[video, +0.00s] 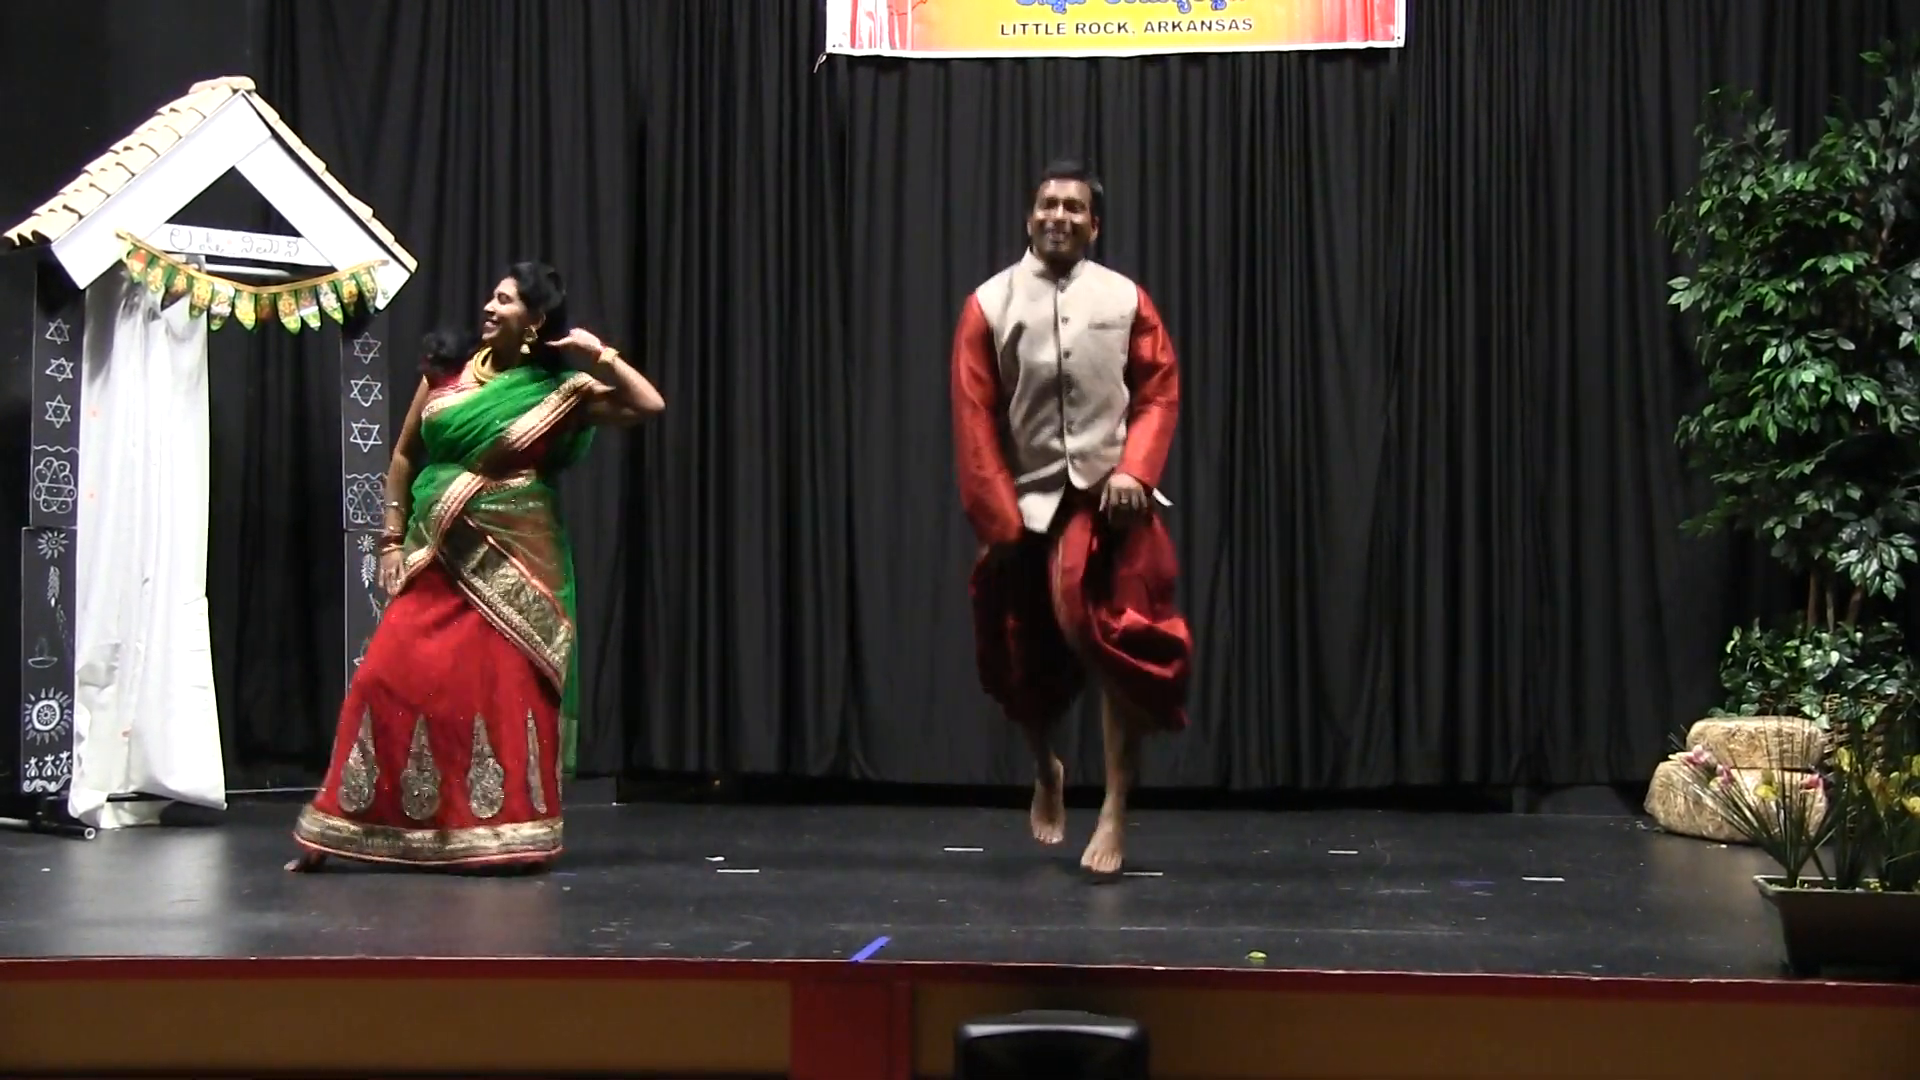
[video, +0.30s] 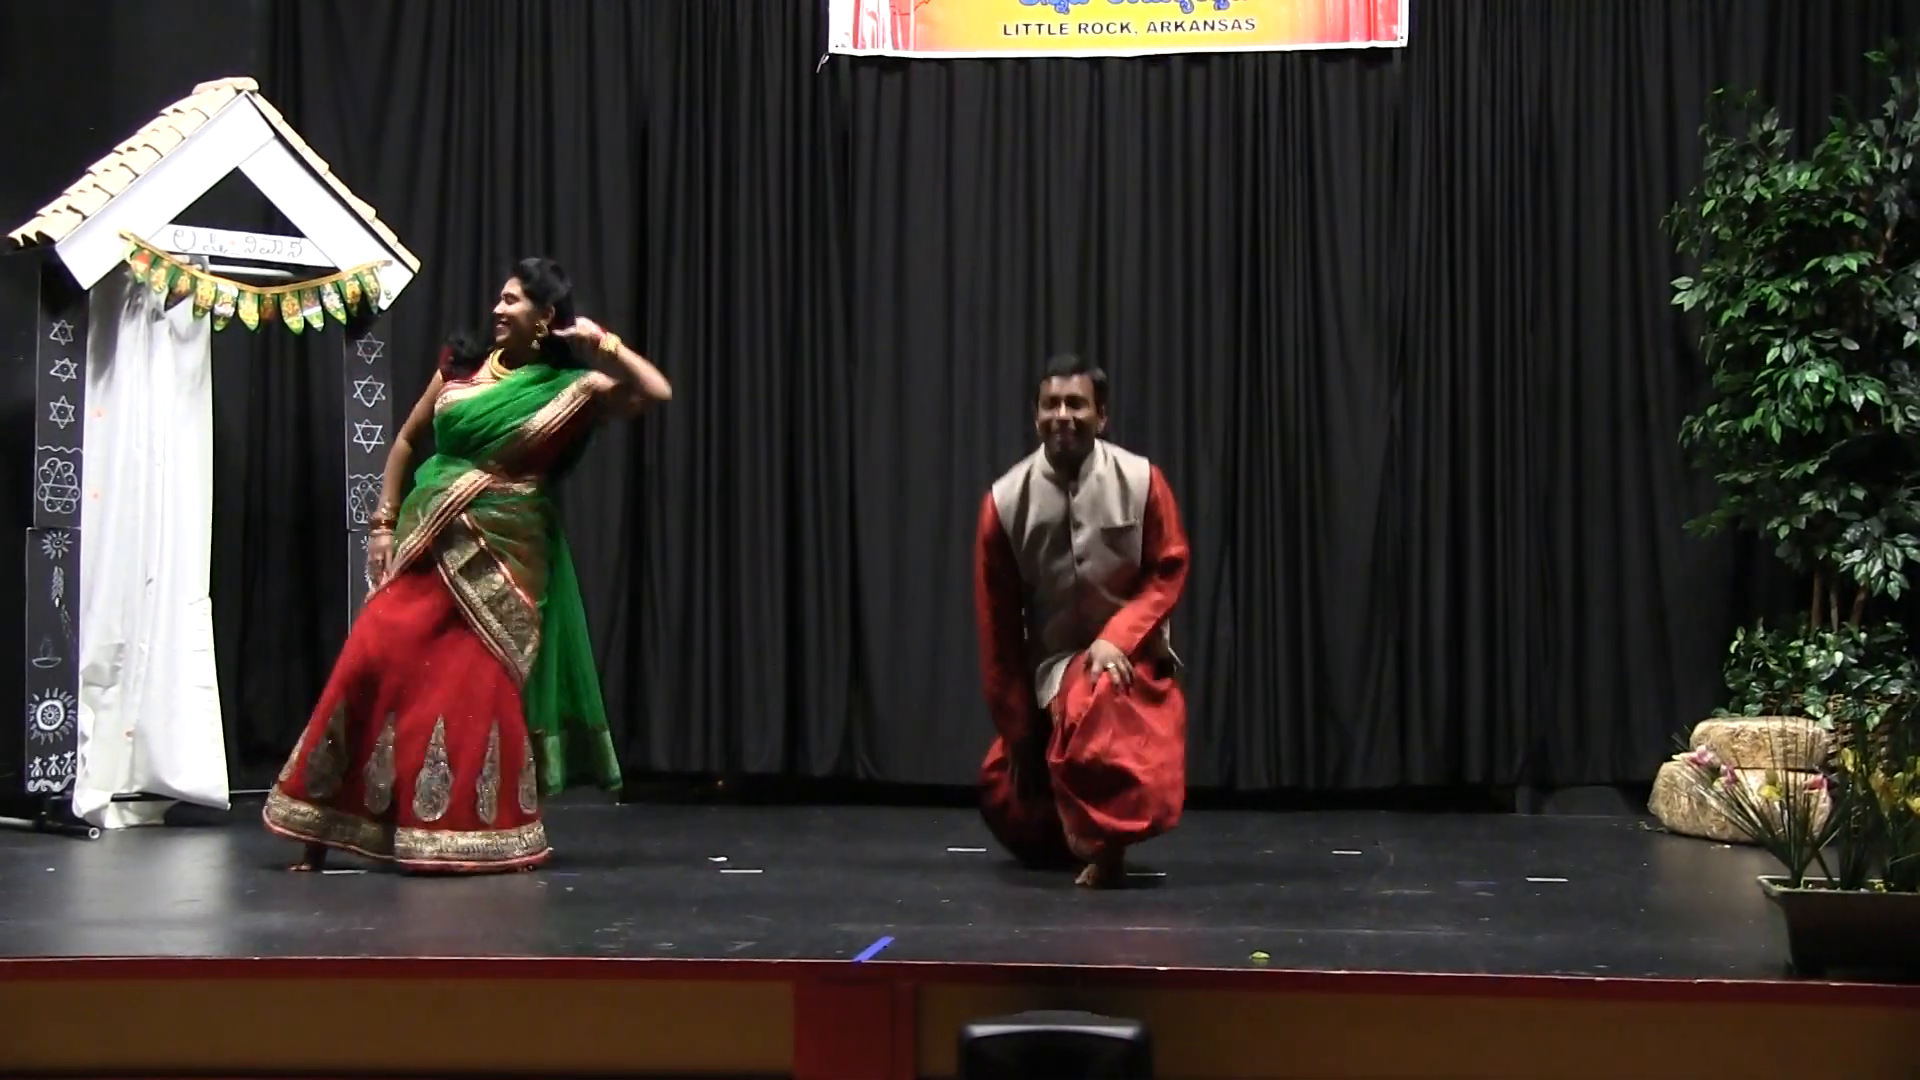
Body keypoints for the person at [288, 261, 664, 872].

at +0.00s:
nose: (492, 307)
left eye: (507, 300)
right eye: (493, 297)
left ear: (536, 316)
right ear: (488, 304)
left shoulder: (560, 387)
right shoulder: (444, 375)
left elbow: (650, 405)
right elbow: (403, 456)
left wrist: (601, 353)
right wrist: (392, 540)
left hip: (519, 555)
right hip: (441, 552)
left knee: (513, 687)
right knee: (376, 674)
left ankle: (517, 837)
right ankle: (327, 827)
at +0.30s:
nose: (499, 308)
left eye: (513, 300)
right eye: (499, 298)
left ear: (547, 317)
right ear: (496, 307)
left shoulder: (574, 385)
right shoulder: (460, 371)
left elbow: (656, 392)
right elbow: (405, 444)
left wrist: (605, 344)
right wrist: (383, 524)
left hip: (507, 555)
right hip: (431, 546)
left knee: (489, 689)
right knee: (364, 658)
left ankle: (484, 838)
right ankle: (318, 823)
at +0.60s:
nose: (522, 297)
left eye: (537, 289)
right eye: (514, 289)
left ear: (564, 310)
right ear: (502, 308)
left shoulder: (589, 381)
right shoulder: (471, 370)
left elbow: (653, 458)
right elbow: (417, 455)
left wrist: (653, 495)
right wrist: (375, 530)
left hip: (537, 555)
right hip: (455, 544)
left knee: (501, 690)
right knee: (385, 669)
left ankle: (491, 841)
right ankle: (333, 825)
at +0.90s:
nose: (538, 291)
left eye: (552, 283)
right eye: (528, 282)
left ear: (576, 297)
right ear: (515, 298)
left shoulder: (603, 363)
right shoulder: (496, 366)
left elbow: (593, 416)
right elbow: (458, 399)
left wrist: (570, 347)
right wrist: (474, 330)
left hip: (573, 536)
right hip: (497, 531)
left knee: (565, 675)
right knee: (460, 657)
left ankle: (559, 832)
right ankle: (426, 823)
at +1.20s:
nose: (551, 272)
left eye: (560, 264)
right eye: (538, 264)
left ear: (574, 279)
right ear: (512, 280)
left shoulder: (603, 333)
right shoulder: (486, 343)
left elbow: (699, 337)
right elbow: (393, 318)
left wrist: (693, 349)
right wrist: (436, 248)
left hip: (612, 518)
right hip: (530, 528)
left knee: (675, 642)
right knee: (545, 673)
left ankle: (759, 806)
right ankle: (563, 837)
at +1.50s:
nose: (579, 308)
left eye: (579, 298)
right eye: (565, 298)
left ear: (577, 308)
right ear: (525, 311)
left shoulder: (602, 361)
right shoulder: (493, 379)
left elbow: (687, 396)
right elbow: (413, 366)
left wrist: (687, 455)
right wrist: (468, 312)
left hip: (650, 532)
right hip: (574, 553)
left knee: (711, 667)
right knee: (576, 690)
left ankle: (784, 810)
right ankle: (587, 843)